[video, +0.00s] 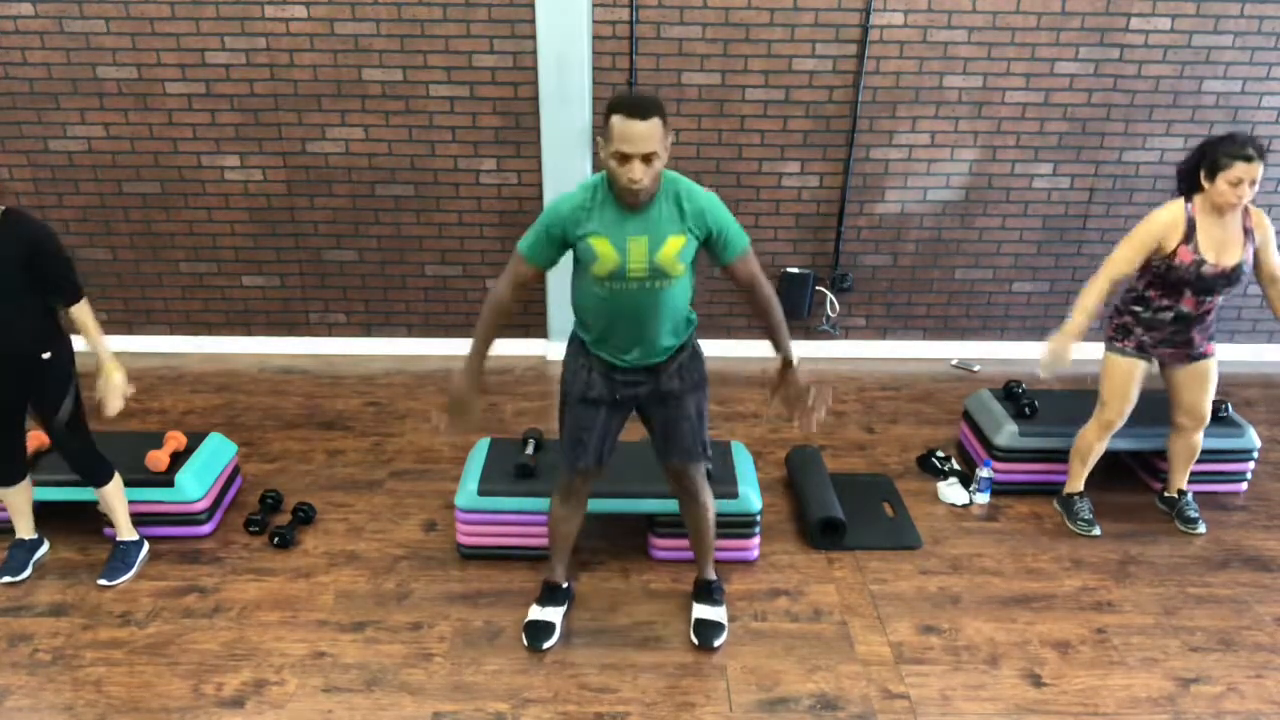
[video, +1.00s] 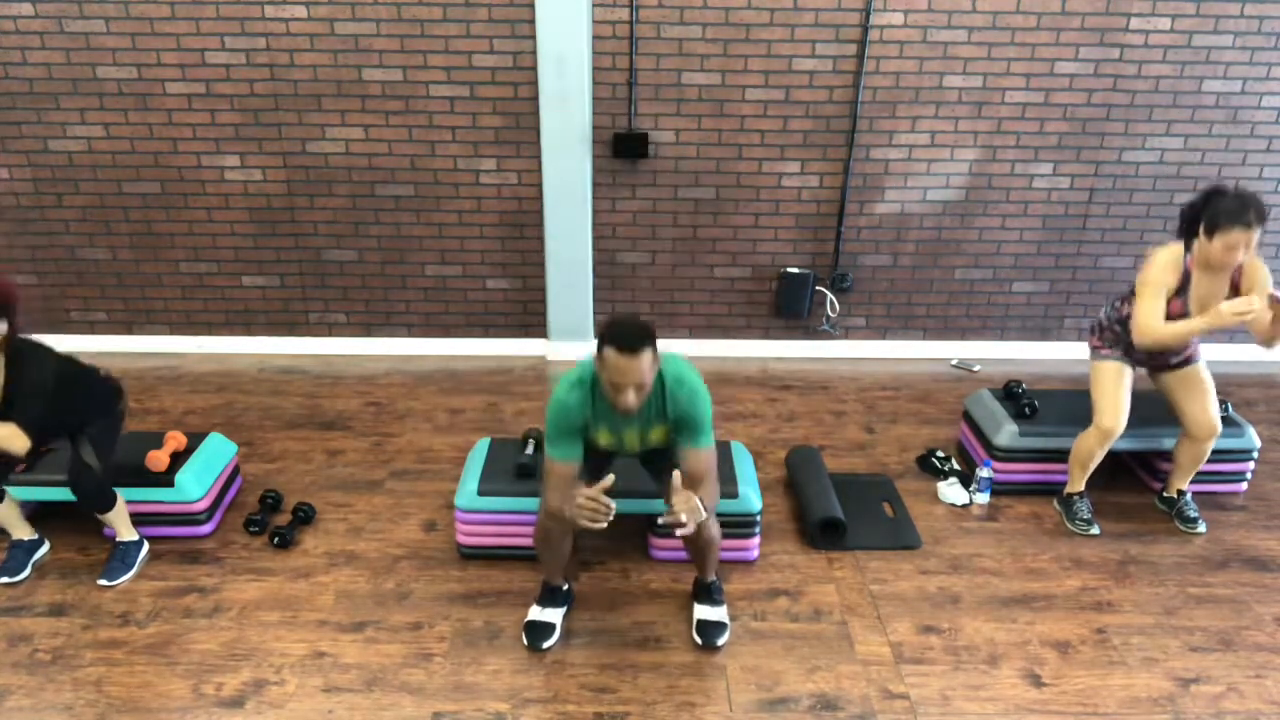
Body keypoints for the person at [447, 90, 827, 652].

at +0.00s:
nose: (636, 173)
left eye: (648, 158)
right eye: (623, 159)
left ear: (666, 150)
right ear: (604, 151)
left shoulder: (696, 205)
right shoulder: (571, 210)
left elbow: (751, 278)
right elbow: (511, 283)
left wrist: (788, 357)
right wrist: (471, 368)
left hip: (672, 364)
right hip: (594, 363)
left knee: (689, 477)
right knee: (575, 477)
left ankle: (708, 583)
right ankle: (556, 584)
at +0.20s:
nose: (636, 175)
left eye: (648, 161)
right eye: (623, 160)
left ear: (666, 148)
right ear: (601, 148)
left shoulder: (700, 197)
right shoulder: (569, 202)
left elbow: (741, 240)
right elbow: (518, 248)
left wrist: (769, 284)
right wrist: (481, 300)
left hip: (670, 369)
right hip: (591, 368)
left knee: (687, 477)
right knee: (573, 481)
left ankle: (707, 583)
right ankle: (554, 587)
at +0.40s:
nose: (631, 178)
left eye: (644, 164)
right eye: (618, 164)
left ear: (664, 148)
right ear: (597, 150)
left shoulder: (697, 198)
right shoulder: (566, 201)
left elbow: (734, 237)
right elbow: (520, 247)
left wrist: (756, 280)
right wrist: (485, 301)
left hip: (667, 369)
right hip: (588, 367)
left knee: (686, 478)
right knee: (571, 481)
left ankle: (708, 583)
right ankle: (555, 586)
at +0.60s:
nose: (627, 196)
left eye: (640, 182)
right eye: (614, 181)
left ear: (660, 164)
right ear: (595, 165)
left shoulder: (697, 215)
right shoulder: (564, 219)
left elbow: (722, 299)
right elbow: (533, 295)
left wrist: (735, 369)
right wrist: (516, 356)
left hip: (665, 363)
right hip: (587, 361)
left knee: (686, 477)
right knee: (566, 479)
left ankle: (708, 582)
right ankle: (553, 586)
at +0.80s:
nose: (628, 303)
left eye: (640, 290)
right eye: (616, 289)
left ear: (658, 268)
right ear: (599, 269)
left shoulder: (688, 299)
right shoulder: (568, 307)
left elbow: (707, 400)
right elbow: (551, 402)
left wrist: (693, 484)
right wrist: (557, 479)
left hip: (661, 394)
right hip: (593, 394)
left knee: (687, 487)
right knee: (559, 494)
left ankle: (707, 583)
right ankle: (554, 586)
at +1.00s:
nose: (628, 400)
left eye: (639, 387)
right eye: (616, 387)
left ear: (656, 365)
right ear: (598, 366)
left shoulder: (686, 389)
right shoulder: (570, 396)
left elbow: (704, 480)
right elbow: (556, 491)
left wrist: (696, 506)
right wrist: (572, 506)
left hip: (660, 444)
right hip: (595, 443)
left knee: (703, 525)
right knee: (552, 516)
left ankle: (708, 587)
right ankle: (553, 590)